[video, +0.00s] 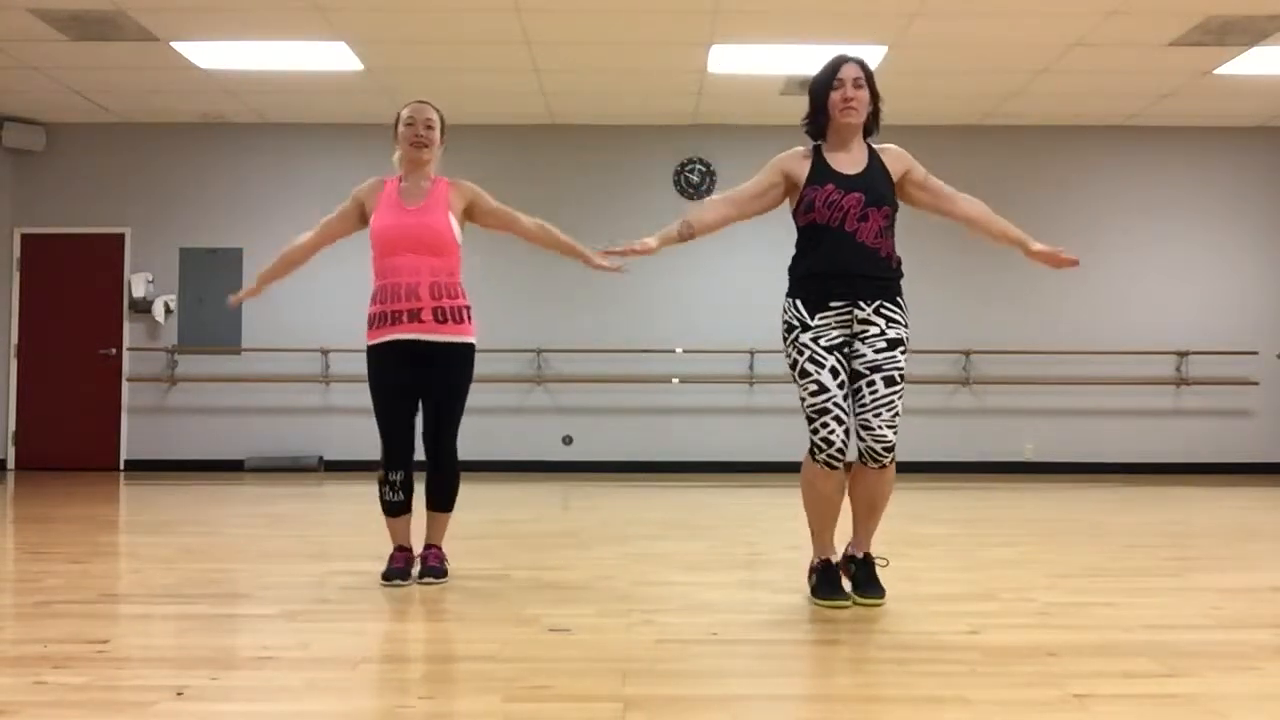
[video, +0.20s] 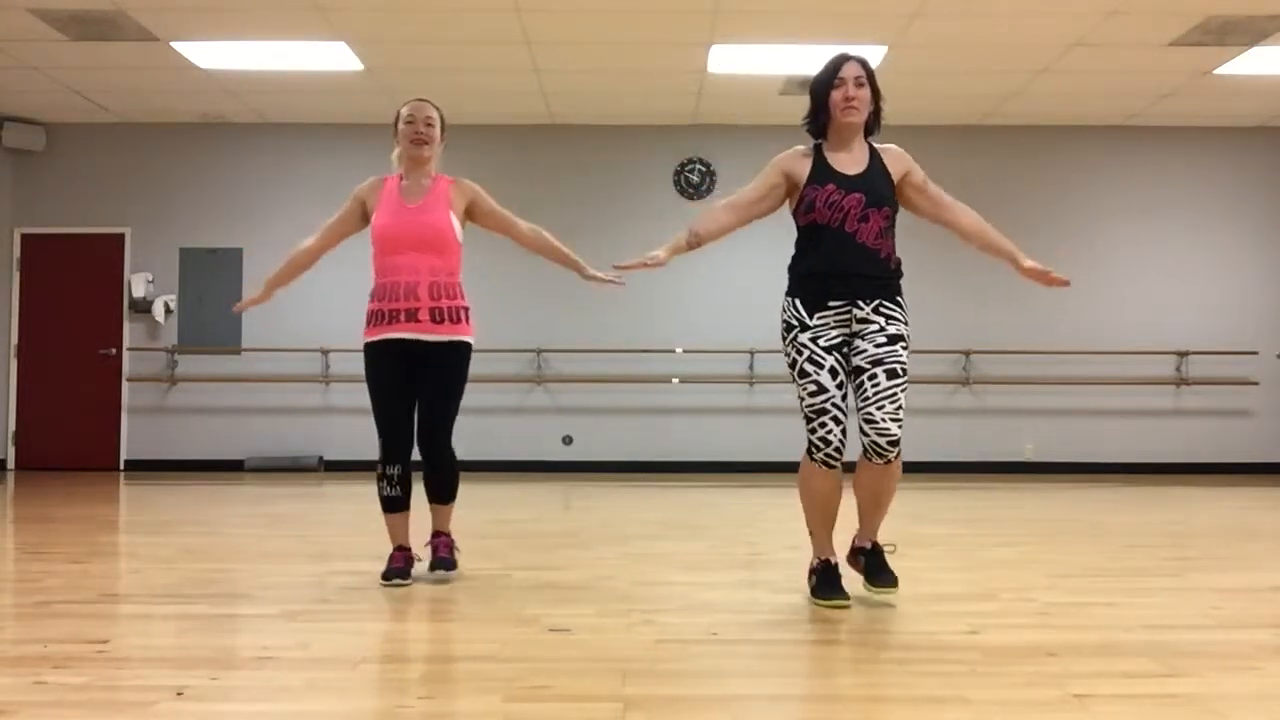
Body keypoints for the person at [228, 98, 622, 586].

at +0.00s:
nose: (419, 130)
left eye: (429, 125)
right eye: (411, 124)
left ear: (441, 141)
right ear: (396, 137)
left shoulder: (459, 193)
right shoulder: (372, 194)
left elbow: (525, 225)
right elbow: (310, 242)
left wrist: (584, 254)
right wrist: (257, 283)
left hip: (449, 336)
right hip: (389, 336)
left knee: (441, 445)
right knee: (396, 448)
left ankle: (433, 549)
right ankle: (400, 551)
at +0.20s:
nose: (419, 128)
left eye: (428, 122)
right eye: (410, 122)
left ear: (441, 137)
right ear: (395, 134)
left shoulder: (460, 192)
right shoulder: (373, 192)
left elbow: (524, 232)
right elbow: (314, 247)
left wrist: (582, 267)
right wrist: (265, 290)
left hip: (446, 334)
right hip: (387, 333)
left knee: (436, 441)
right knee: (394, 445)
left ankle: (441, 538)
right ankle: (399, 550)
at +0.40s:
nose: (425, 132)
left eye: (434, 126)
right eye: (416, 125)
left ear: (447, 141)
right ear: (402, 138)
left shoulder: (468, 197)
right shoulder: (381, 197)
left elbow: (524, 245)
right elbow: (332, 258)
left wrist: (576, 290)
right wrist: (288, 307)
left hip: (451, 339)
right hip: (391, 337)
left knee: (443, 447)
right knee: (396, 446)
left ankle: (445, 550)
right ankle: (400, 550)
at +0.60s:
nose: (429, 129)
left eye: (438, 123)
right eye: (420, 122)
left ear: (451, 139)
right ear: (406, 136)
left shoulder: (473, 194)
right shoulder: (384, 196)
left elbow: (525, 244)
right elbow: (338, 256)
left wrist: (577, 287)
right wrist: (294, 305)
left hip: (457, 337)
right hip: (397, 336)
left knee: (451, 446)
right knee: (401, 446)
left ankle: (447, 549)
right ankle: (404, 548)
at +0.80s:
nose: (428, 134)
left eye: (437, 128)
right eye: (419, 127)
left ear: (450, 141)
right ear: (405, 138)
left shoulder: (470, 197)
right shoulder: (383, 196)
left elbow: (502, 260)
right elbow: (354, 262)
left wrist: (536, 312)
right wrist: (320, 320)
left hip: (458, 340)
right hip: (399, 340)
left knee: (452, 447)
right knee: (403, 449)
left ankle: (447, 550)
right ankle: (408, 551)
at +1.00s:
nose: (417, 134)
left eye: (427, 128)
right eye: (409, 127)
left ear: (440, 143)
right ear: (394, 139)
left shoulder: (460, 197)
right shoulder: (373, 202)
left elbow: (492, 260)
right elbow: (350, 272)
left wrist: (525, 310)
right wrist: (311, 325)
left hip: (453, 341)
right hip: (395, 341)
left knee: (451, 445)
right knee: (369, 438)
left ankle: (448, 549)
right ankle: (394, 543)